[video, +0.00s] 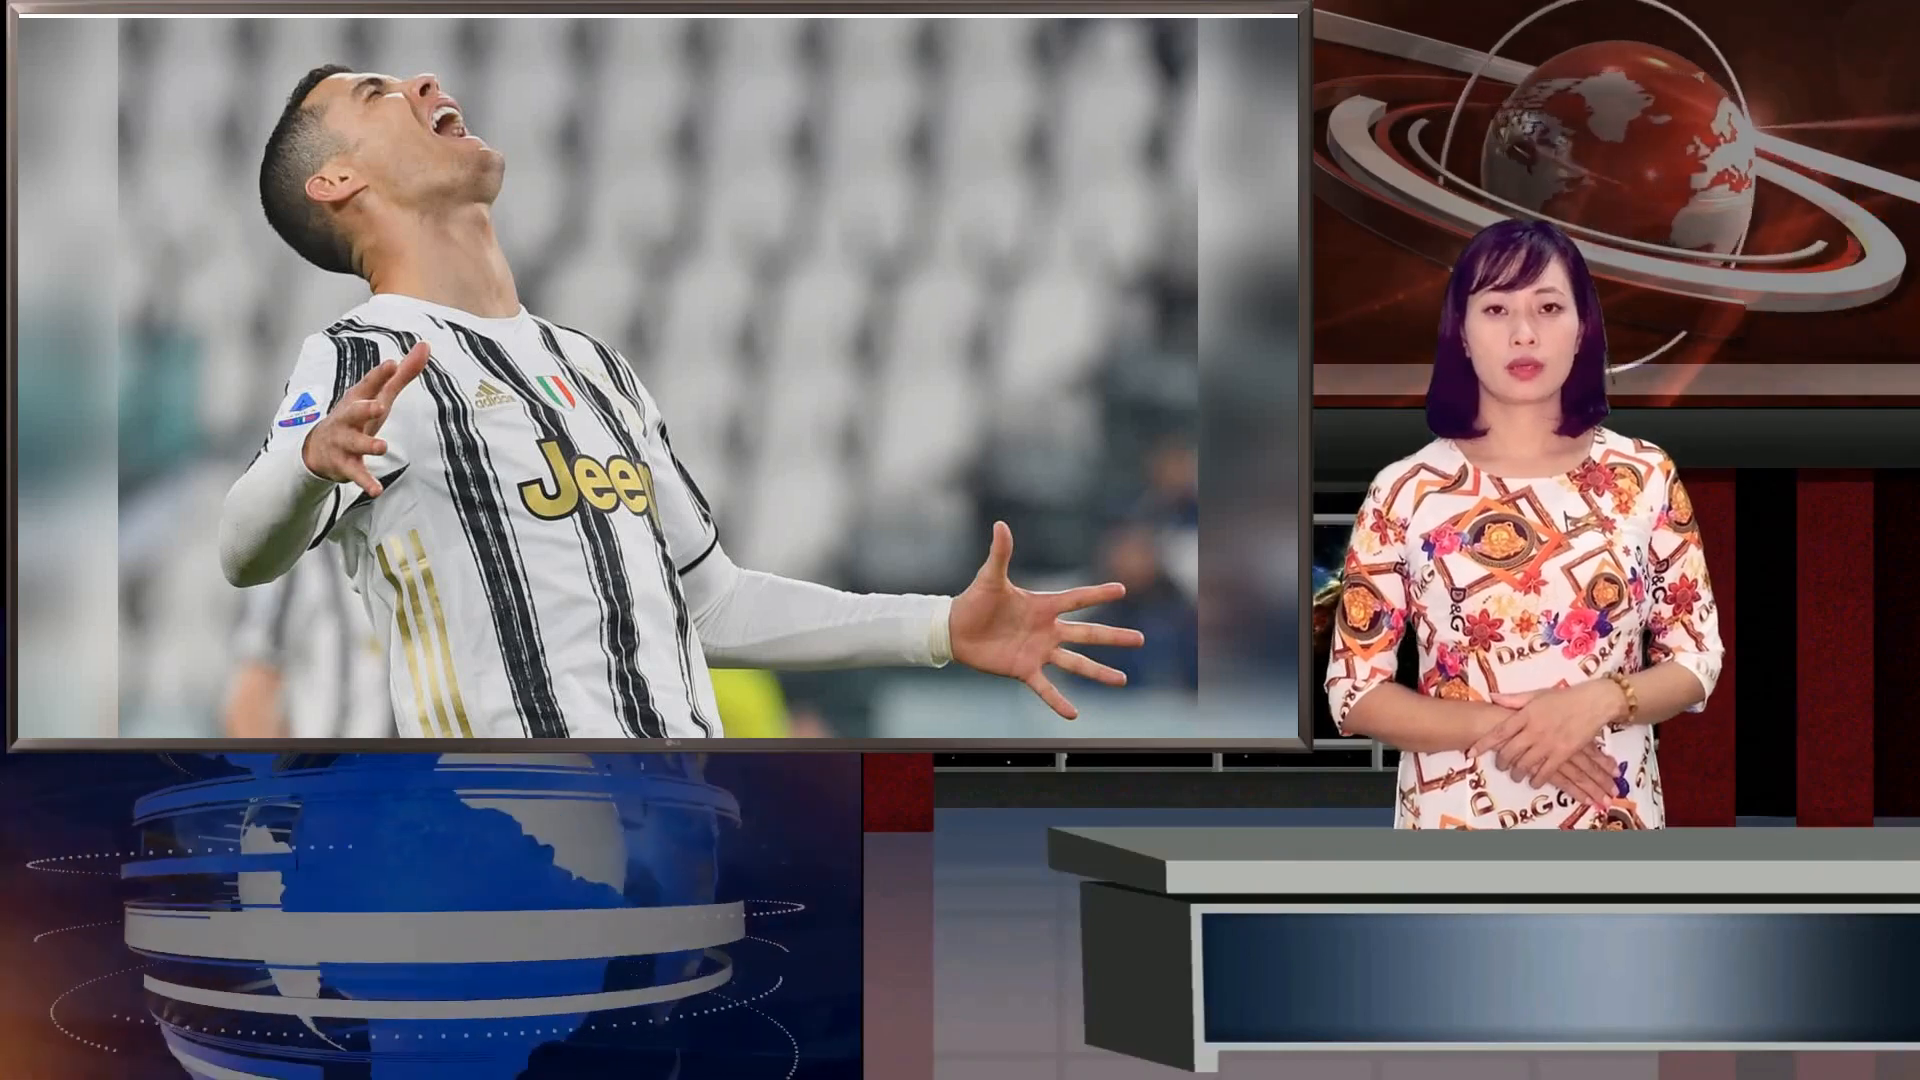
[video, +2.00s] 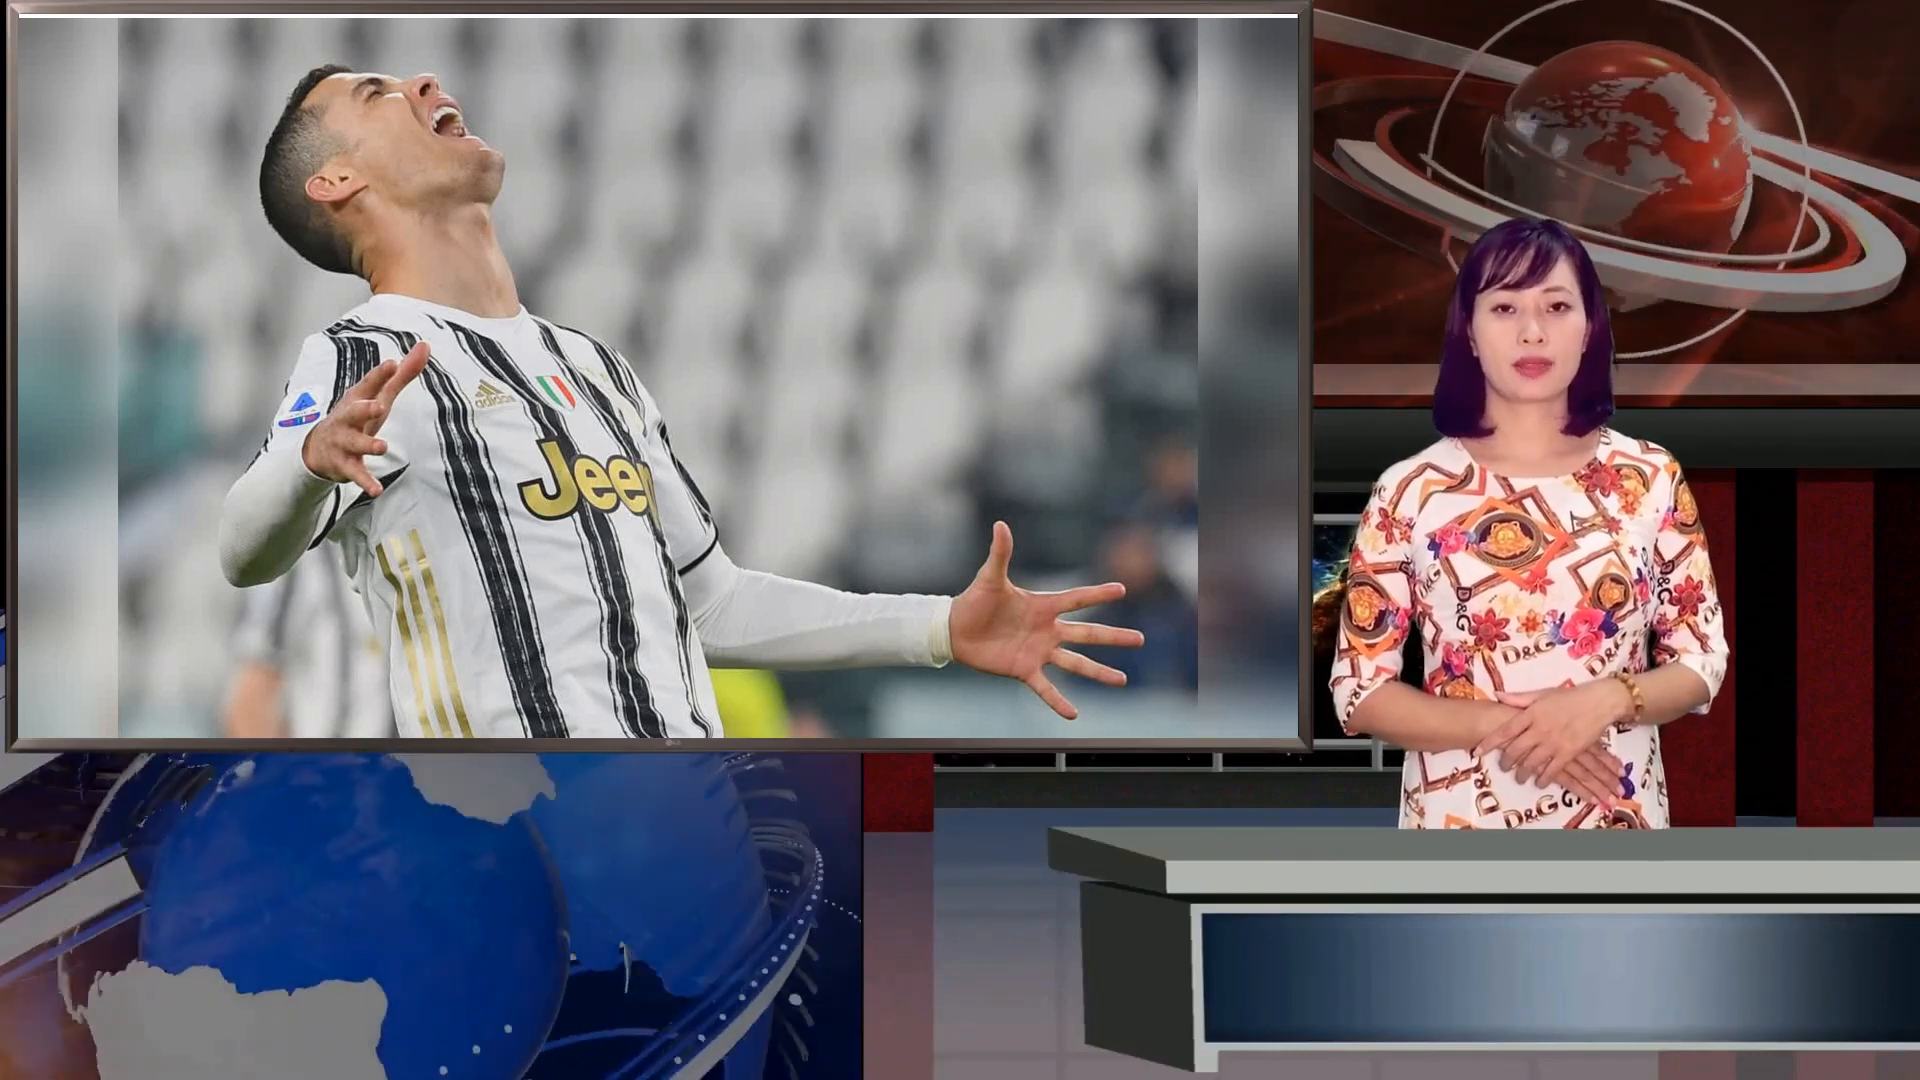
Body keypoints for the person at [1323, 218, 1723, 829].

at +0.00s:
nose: (1523, 332)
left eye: (1548, 308)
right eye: (1496, 309)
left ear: (1583, 327)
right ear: (1461, 330)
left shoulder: (1643, 478)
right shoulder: (1404, 492)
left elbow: (1696, 659)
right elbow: (1353, 692)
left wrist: (1598, 701)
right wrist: (1511, 731)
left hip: (1610, 832)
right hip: (1454, 831)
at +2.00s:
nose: (1532, 331)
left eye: (1556, 307)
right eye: (1504, 308)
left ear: (1590, 326)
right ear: (1468, 329)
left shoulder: (1649, 479)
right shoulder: (1409, 492)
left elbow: (1701, 661)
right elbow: (1359, 691)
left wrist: (1604, 700)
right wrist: (1516, 729)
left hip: (1615, 832)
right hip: (1460, 832)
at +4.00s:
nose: (1531, 330)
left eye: (1555, 306)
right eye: (1503, 307)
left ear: (1589, 326)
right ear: (1466, 328)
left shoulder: (1648, 478)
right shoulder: (1407, 492)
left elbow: (1702, 661)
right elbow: (1357, 691)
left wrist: (1604, 701)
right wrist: (1516, 731)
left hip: (1615, 830)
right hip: (1458, 830)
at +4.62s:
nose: (1528, 331)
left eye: (1553, 307)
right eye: (1501, 308)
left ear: (1587, 326)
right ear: (1464, 330)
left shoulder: (1647, 477)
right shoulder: (1406, 492)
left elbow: (1702, 659)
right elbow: (1357, 690)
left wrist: (1602, 699)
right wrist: (1515, 729)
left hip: (1614, 831)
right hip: (1457, 830)